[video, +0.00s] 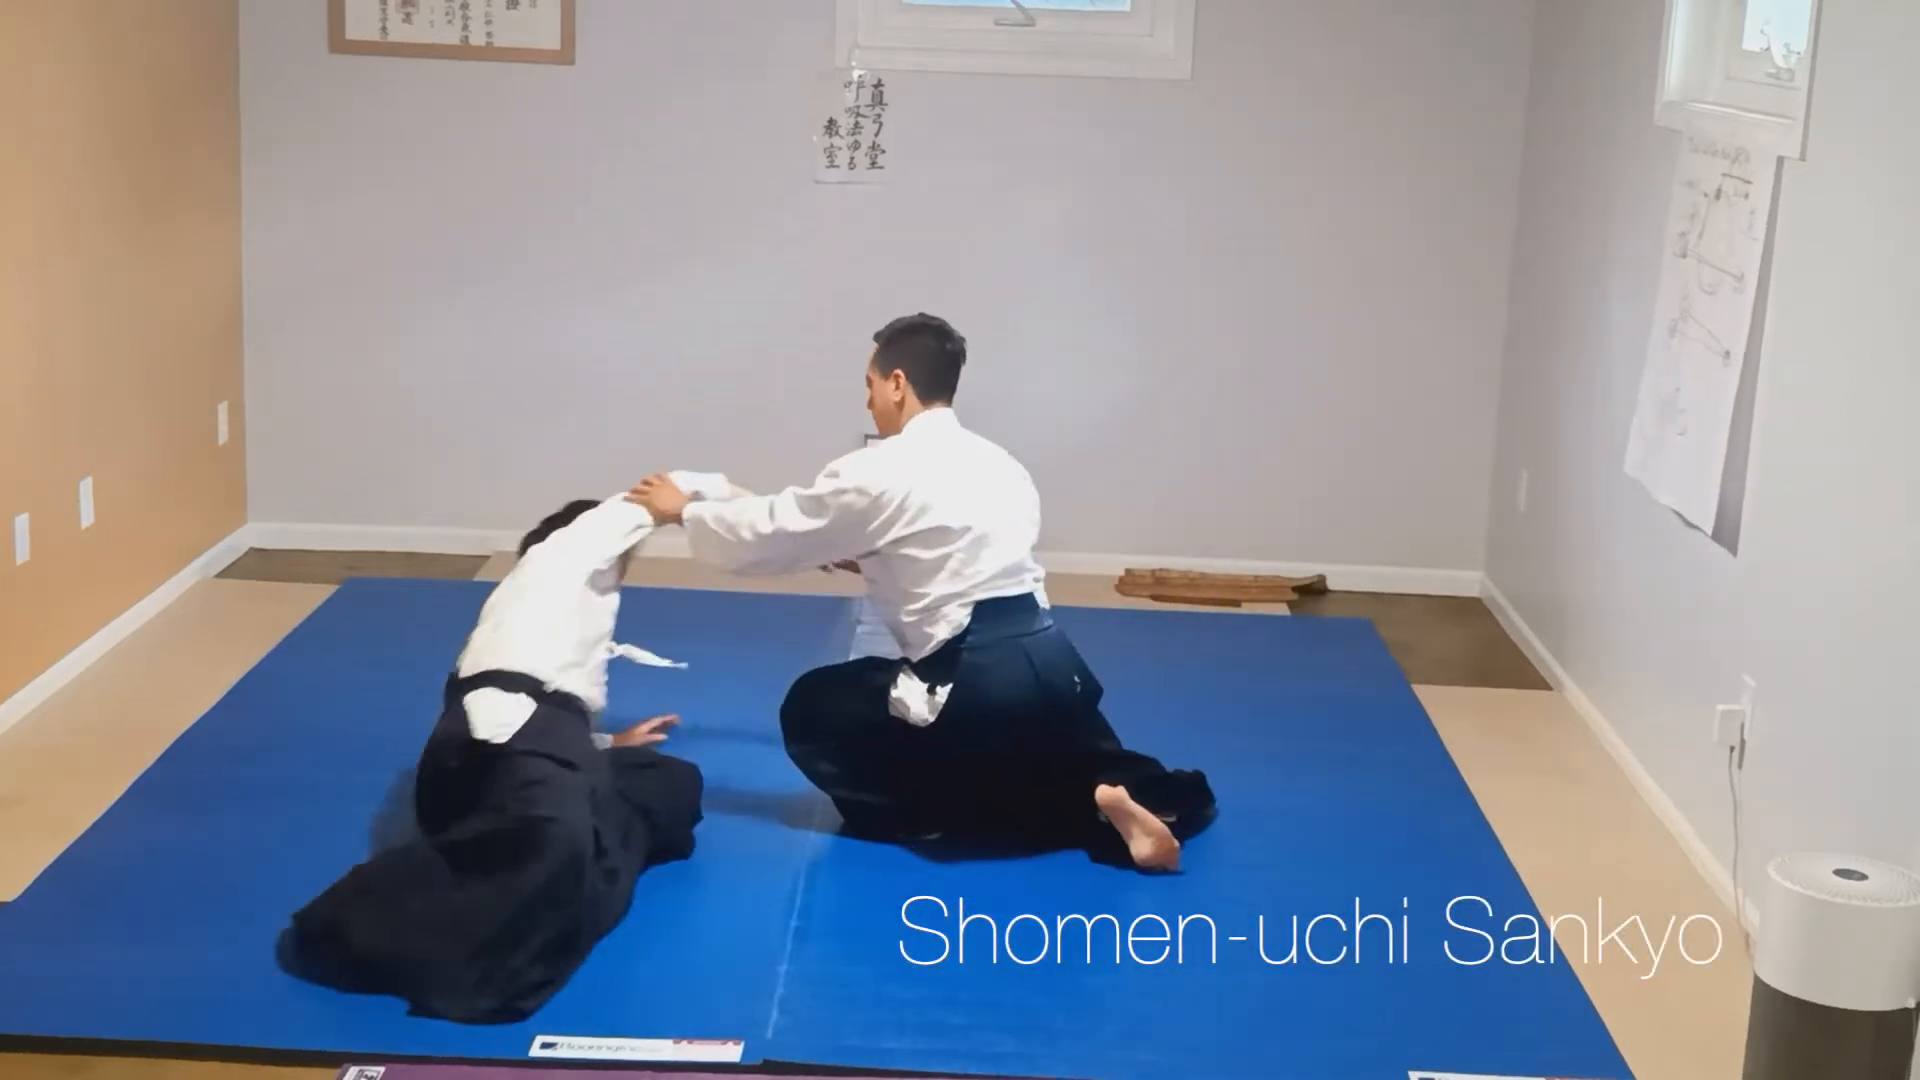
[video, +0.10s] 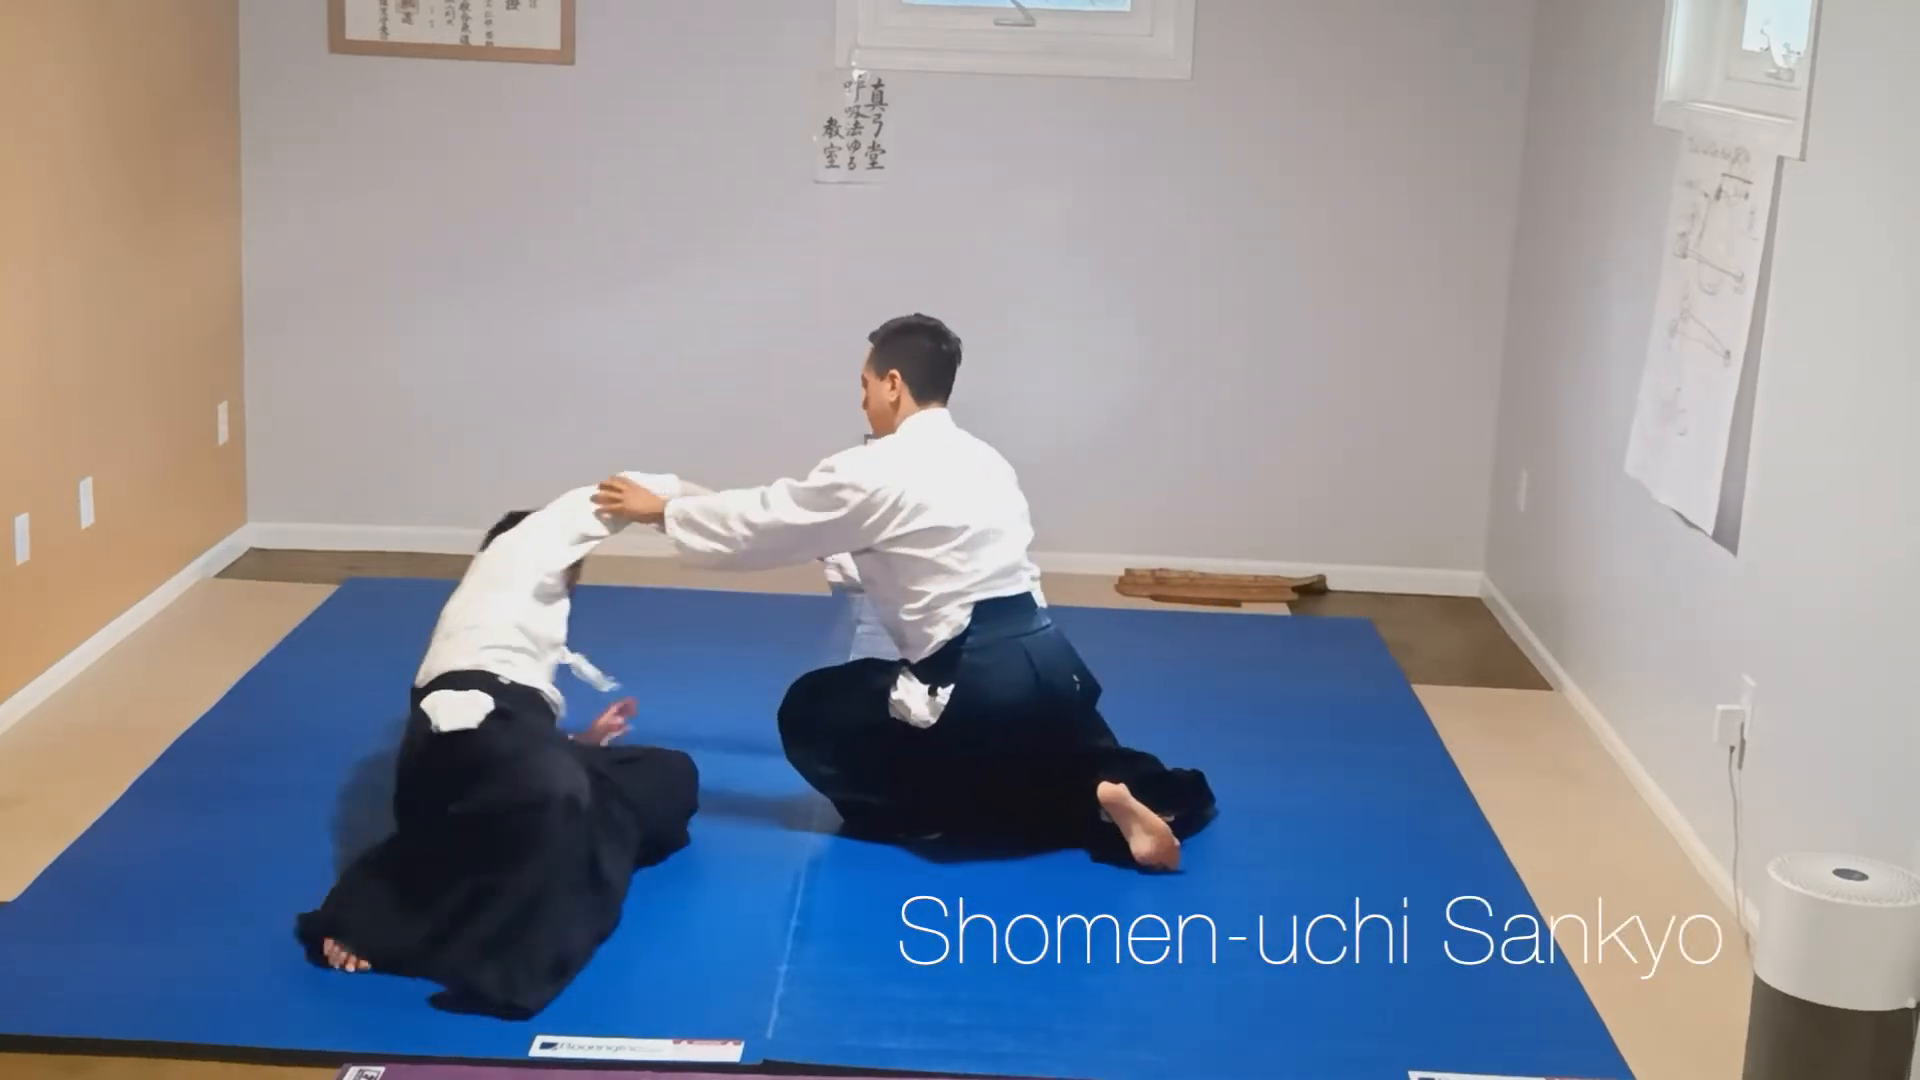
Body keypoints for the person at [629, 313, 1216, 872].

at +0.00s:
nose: (869, 401)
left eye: (871, 386)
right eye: (871, 385)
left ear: (895, 385)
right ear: (947, 387)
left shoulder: (880, 473)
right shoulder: (1005, 466)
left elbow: (768, 529)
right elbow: (960, 557)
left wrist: (686, 511)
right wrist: (870, 564)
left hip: (966, 693)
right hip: (1060, 680)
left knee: (810, 705)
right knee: (1098, 766)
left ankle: (920, 810)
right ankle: (1135, 800)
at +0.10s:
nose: (864, 397)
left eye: (866, 383)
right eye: (867, 382)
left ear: (889, 384)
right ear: (940, 388)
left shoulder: (872, 472)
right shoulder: (990, 461)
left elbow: (758, 520)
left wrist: (662, 505)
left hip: (966, 694)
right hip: (1058, 679)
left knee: (809, 708)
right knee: (1101, 761)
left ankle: (923, 807)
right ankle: (1132, 795)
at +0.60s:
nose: (783, 399)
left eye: (781, 385)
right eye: (781, 385)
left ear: (803, 378)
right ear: (857, 373)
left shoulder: (805, 469)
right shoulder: (912, 441)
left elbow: (712, 543)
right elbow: (817, 508)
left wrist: (643, 495)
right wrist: (716, 491)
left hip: (886, 680)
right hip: (973, 659)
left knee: (777, 775)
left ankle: (902, 804)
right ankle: (1068, 811)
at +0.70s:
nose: (747, 395)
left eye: (746, 380)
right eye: (745, 380)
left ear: (770, 372)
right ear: (817, 359)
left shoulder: (777, 457)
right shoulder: (885, 426)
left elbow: (690, 530)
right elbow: (809, 503)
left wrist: (631, 471)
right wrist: (718, 471)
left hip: (873, 665)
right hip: (953, 646)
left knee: (775, 782)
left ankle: (924, 802)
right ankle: (1027, 798)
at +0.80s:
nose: (730, 389)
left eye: (726, 373)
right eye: (726, 374)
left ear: (747, 361)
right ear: (801, 351)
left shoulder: (756, 444)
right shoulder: (868, 411)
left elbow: (676, 513)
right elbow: (806, 492)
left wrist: (630, 453)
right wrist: (709, 459)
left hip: (861, 638)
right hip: (936, 610)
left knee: (772, 782)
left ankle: (905, 802)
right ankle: (994, 779)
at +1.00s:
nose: (708, 372)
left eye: (703, 362)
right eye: (702, 363)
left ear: (723, 346)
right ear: (772, 327)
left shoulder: (733, 424)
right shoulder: (840, 383)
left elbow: (687, 518)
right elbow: (782, 446)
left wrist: (673, 455)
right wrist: (693, 419)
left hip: (848, 609)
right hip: (916, 573)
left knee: (770, 790)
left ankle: (896, 799)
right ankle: (934, 771)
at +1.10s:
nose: (707, 375)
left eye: (701, 363)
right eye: (699, 364)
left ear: (723, 343)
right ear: (767, 326)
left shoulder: (733, 419)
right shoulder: (835, 378)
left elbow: (688, 530)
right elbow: (769, 447)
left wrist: (675, 471)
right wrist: (670, 418)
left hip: (846, 593)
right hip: (911, 559)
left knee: (770, 782)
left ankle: (918, 790)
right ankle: (937, 753)